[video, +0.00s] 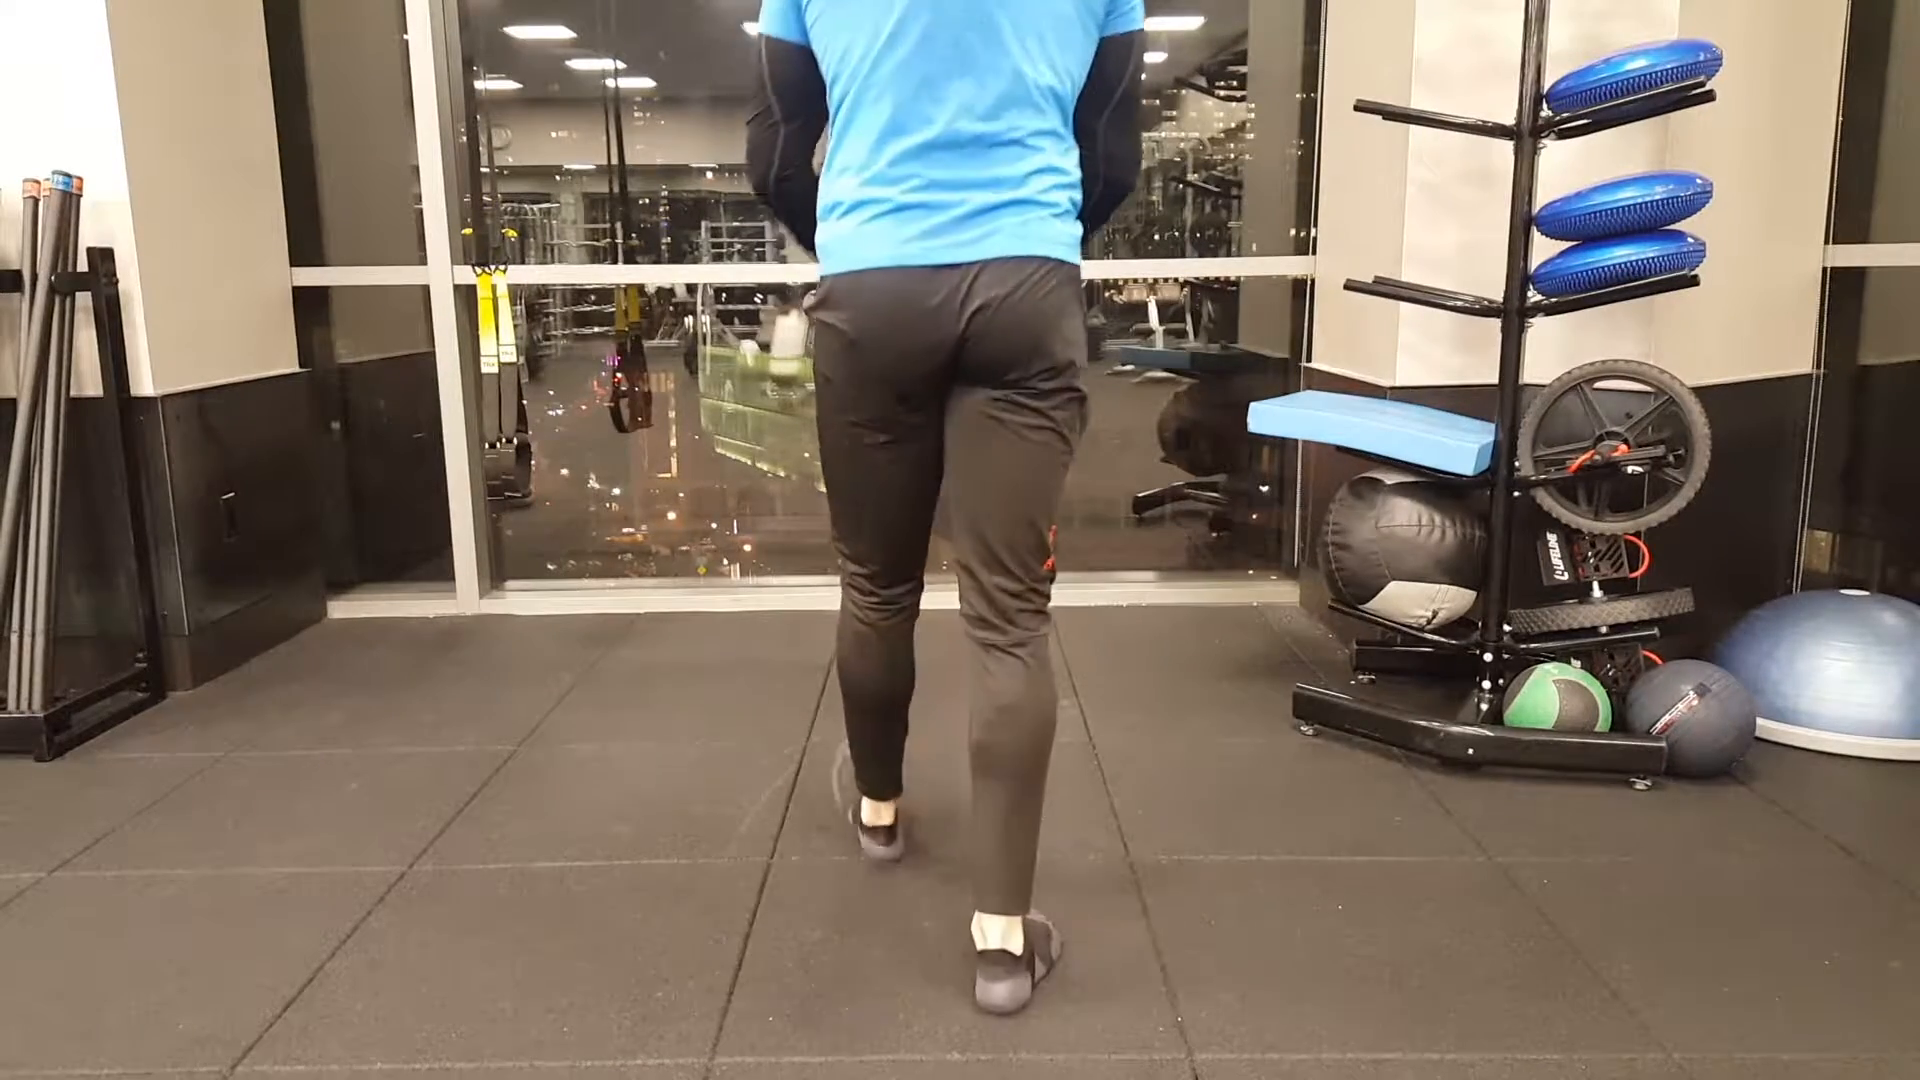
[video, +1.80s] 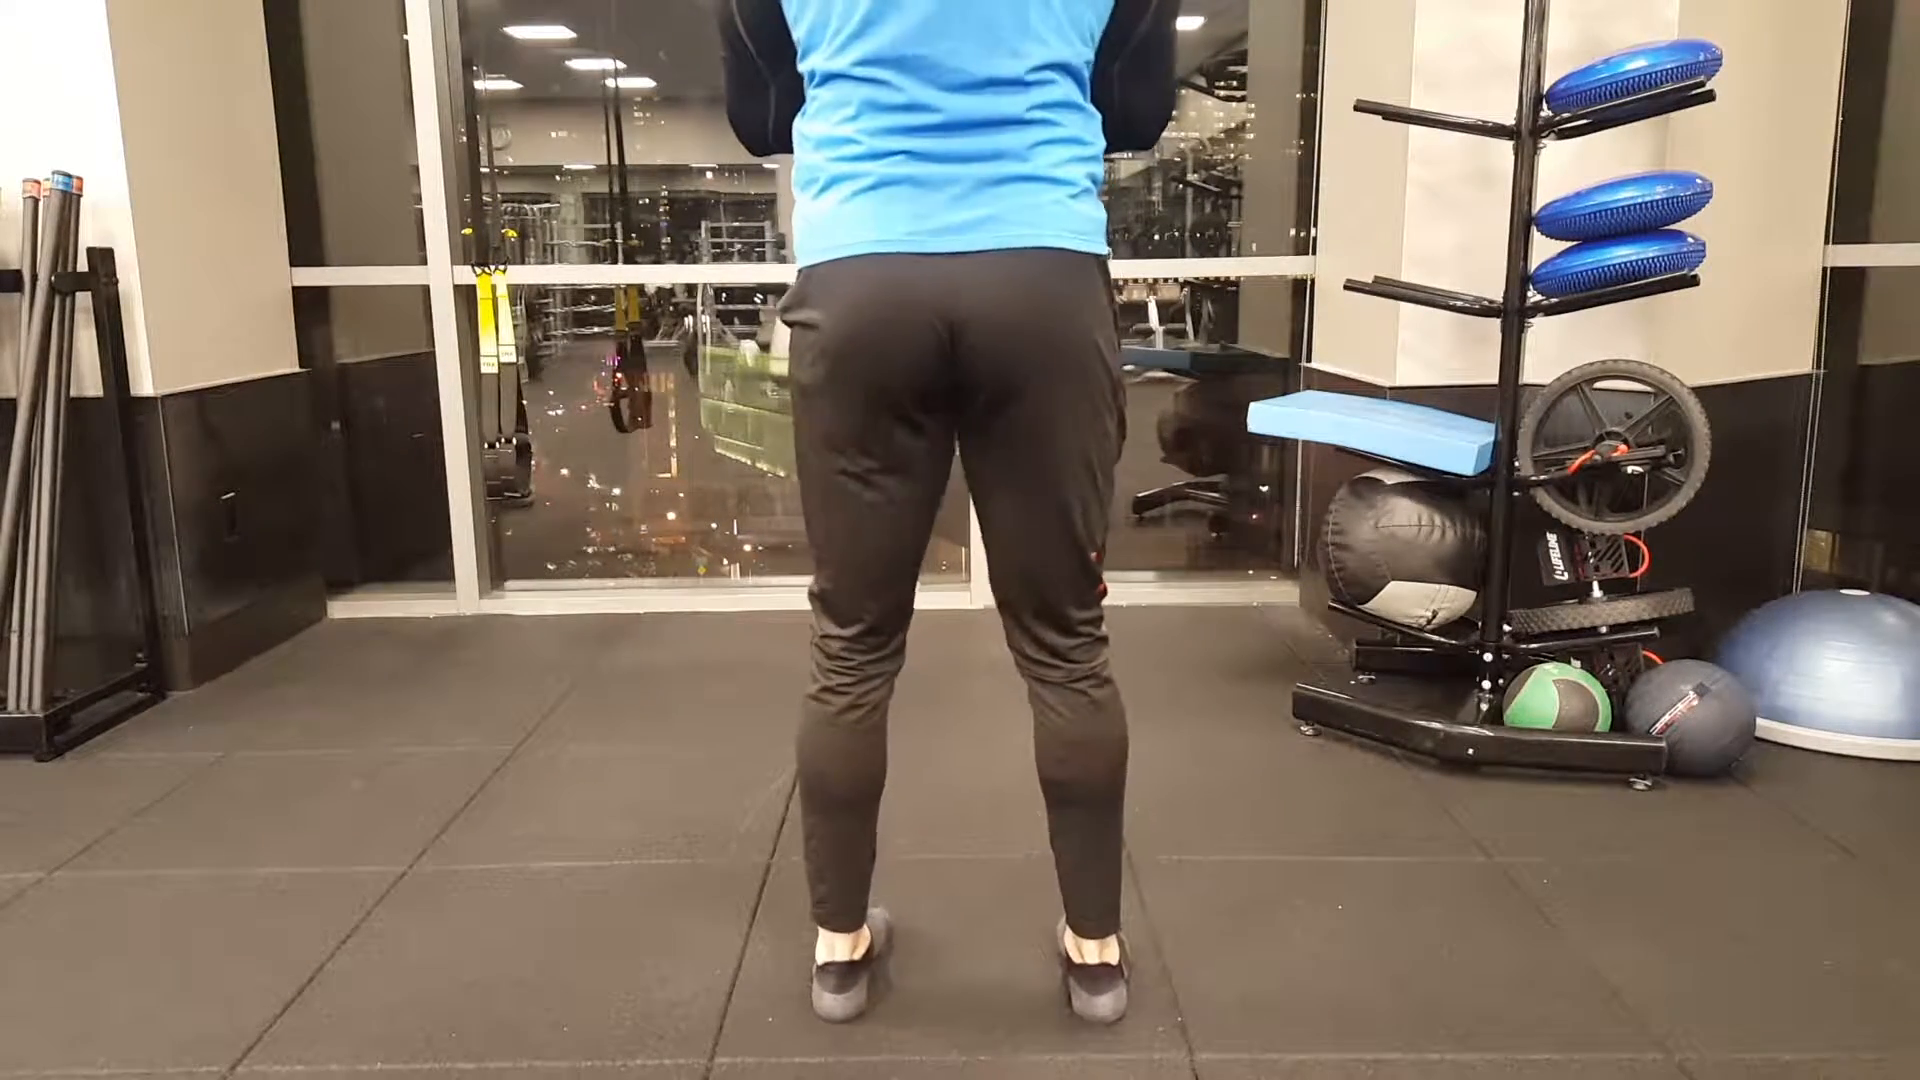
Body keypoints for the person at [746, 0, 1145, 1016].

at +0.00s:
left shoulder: (812, 2)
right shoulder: (1100, 2)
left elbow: (775, 160)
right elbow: (1109, 168)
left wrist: (860, 240)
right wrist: (1030, 235)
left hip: (872, 279)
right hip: (1030, 275)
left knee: (877, 584)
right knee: (1009, 610)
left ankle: (879, 805)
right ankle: (1002, 938)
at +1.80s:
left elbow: (762, 120)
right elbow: (1137, 115)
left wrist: (889, 91)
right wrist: (1008, 89)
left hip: (859, 275)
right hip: (1042, 272)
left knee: (851, 646)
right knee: (1064, 638)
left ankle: (839, 953)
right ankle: (1095, 957)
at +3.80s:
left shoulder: (782, 3)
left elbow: (750, 108)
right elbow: (1147, 103)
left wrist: (870, 70)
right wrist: (1019, 83)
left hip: (862, 269)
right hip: (1051, 270)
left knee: (853, 650)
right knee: (1070, 647)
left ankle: (840, 951)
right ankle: (1098, 955)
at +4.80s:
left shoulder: (764, 9)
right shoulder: (1129, 9)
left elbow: (783, 229)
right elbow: (1128, 225)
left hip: (847, 410)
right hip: (1070, 409)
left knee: (820, 665)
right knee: (1104, 663)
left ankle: (836, 953)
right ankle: (1106, 955)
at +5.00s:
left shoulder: (775, 83)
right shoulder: (1128, 68)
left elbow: (780, 289)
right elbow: (1118, 286)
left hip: (843, 560)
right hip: (1076, 560)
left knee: (798, 671)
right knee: (1122, 666)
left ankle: (835, 951)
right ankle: (1106, 953)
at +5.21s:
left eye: (909, 79)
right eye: (1010, 78)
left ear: (885, 87)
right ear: (1025, 85)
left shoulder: (784, 220)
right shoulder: (1127, 207)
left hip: (850, 724)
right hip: (1062, 726)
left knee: (774, 612)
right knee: (1148, 613)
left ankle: (833, 947)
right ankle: (1107, 951)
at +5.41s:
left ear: (893, 234)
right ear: (1026, 234)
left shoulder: (800, 375)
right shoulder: (1113, 366)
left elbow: (827, 330)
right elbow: (1107, 316)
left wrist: (867, 230)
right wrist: (1055, 213)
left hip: (867, 885)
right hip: (1055, 884)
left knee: (777, 611)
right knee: (1144, 607)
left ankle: (833, 939)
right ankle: (1109, 938)